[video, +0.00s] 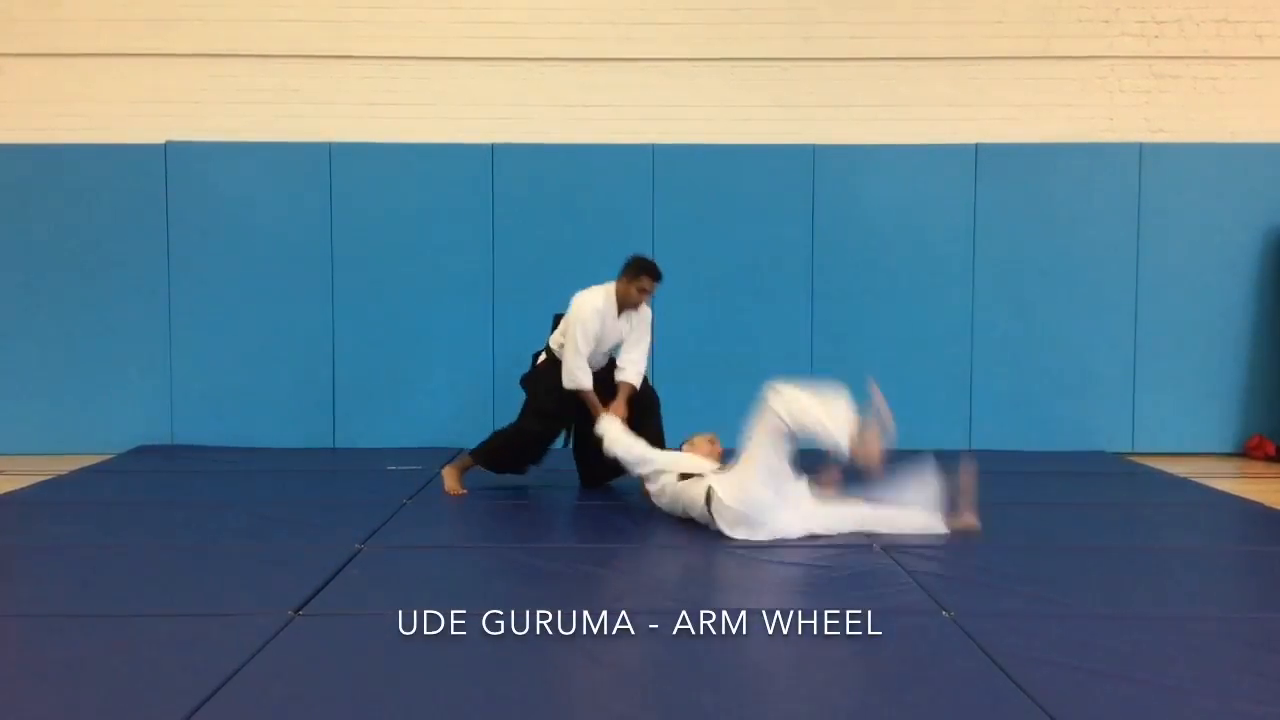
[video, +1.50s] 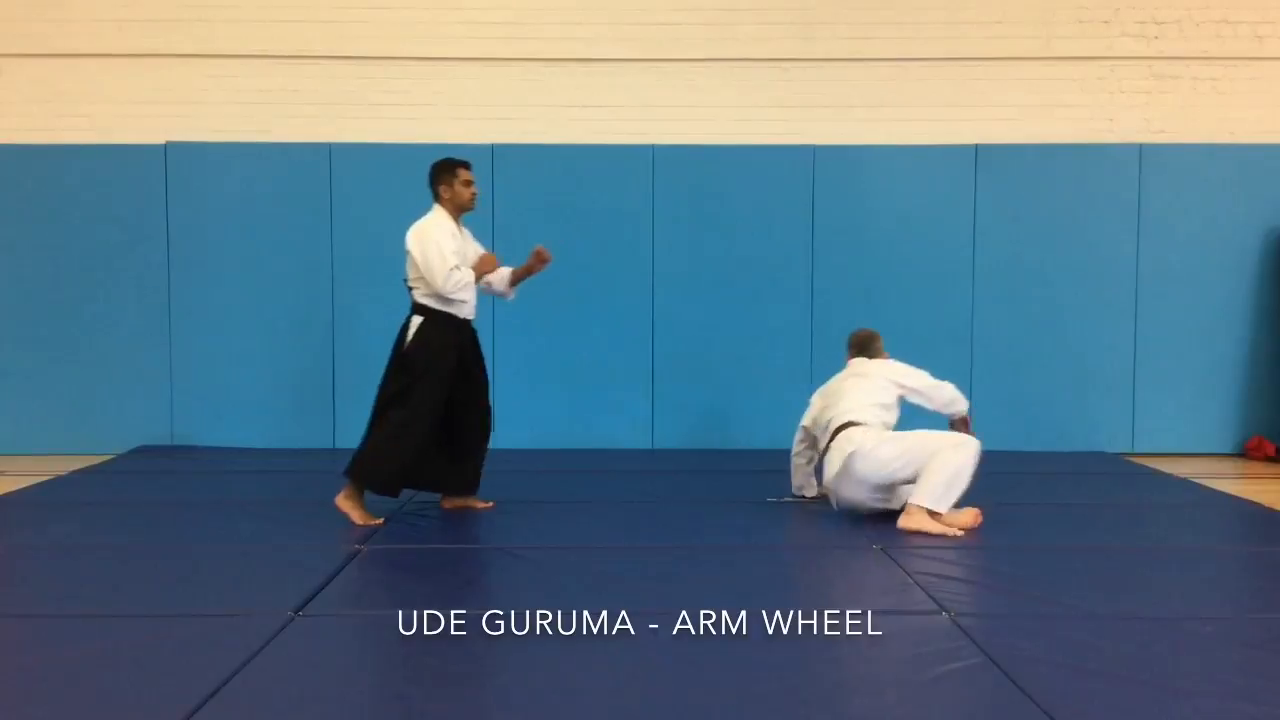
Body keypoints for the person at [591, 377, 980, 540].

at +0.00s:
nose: (715, 446)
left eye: (717, 445)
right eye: (706, 442)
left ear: (721, 455)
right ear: (685, 448)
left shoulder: (734, 472)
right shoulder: (672, 467)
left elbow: (774, 491)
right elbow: (630, 451)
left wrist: (816, 490)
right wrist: (607, 419)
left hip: (784, 520)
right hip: (742, 504)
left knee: (866, 516)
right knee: (776, 398)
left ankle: (948, 522)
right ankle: (854, 438)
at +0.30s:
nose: (720, 424)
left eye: (716, 419)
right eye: (711, 422)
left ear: (712, 431)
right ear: (697, 433)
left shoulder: (739, 457)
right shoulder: (696, 463)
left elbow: (774, 438)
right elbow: (657, 442)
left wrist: (815, 410)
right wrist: (636, 397)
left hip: (827, 493)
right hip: (802, 507)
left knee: (876, 413)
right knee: (805, 434)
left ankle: (937, 357)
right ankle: (885, 479)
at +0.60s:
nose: (728, 430)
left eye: (726, 425)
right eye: (719, 426)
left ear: (721, 434)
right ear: (698, 435)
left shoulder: (738, 463)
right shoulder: (700, 463)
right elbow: (680, 445)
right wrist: (671, 406)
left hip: (821, 497)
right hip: (794, 502)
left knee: (877, 437)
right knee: (803, 405)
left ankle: (947, 383)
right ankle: (880, 447)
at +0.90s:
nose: (744, 414)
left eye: (741, 409)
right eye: (737, 411)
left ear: (718, 421)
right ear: (720, 418)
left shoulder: (727, 464)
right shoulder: (725, 437)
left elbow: (755, 495)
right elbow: (783, 422)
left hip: (813, 507)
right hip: (801, 483)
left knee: (900, 460)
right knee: (889, 428)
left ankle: (977, 436)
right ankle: (964, 480)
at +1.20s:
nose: (823, 374)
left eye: (822, 369)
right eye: (821, 369)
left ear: (786, 372)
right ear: (814, 368)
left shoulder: (763, 429)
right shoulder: (812, 386)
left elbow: (781, 490)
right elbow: (872, 402)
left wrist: (835, 453)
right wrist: (932, 408)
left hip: (830, 509)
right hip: (839, 476)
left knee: (893, 466)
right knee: (920, 423)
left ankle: (946, 491)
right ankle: (926, 499)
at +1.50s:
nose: (886, 357)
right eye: (884, 354)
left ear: (850, 358)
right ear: (881, 355)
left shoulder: (825, 390)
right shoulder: (885, 368)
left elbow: (802, 445)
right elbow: (945, 395)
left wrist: (805, 490)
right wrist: (960, 417)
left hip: (838, 490)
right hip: (863, 452)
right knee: (962, 445)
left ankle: (941, 514)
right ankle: (916, 513)